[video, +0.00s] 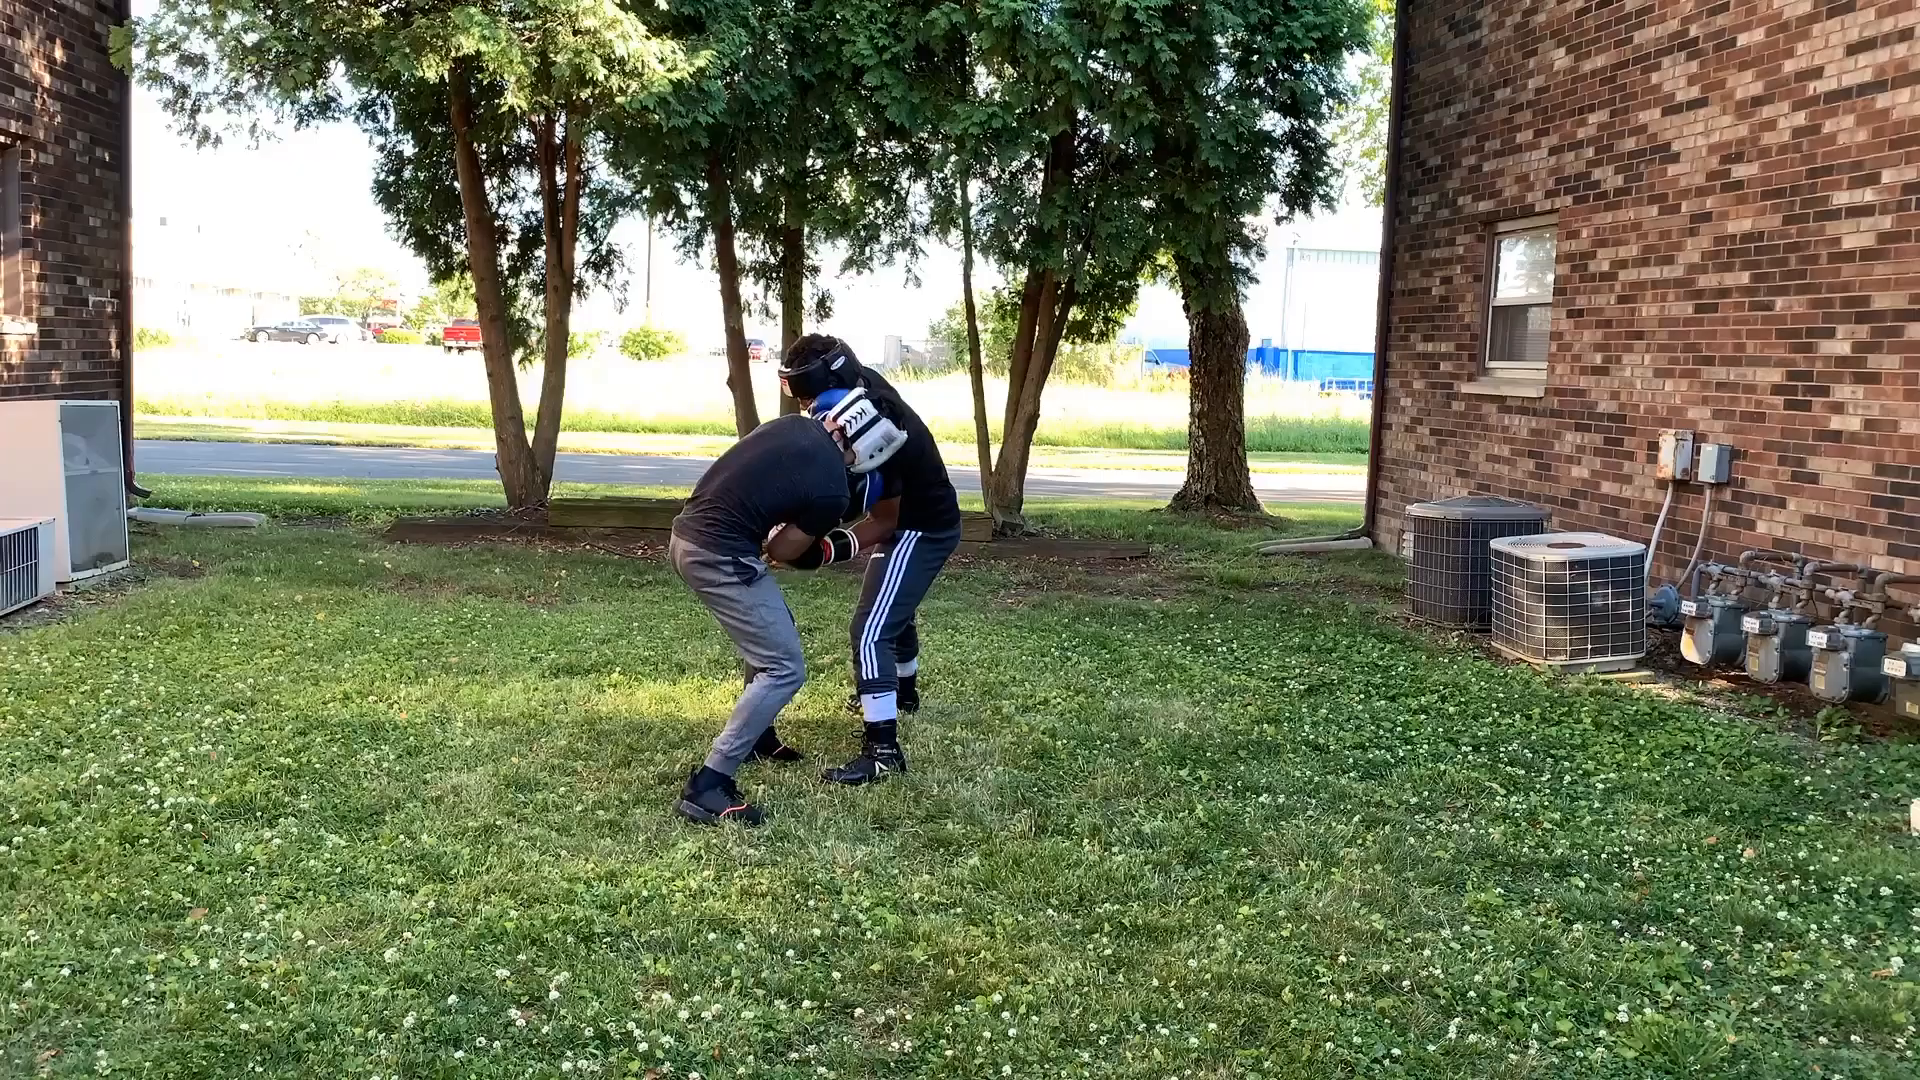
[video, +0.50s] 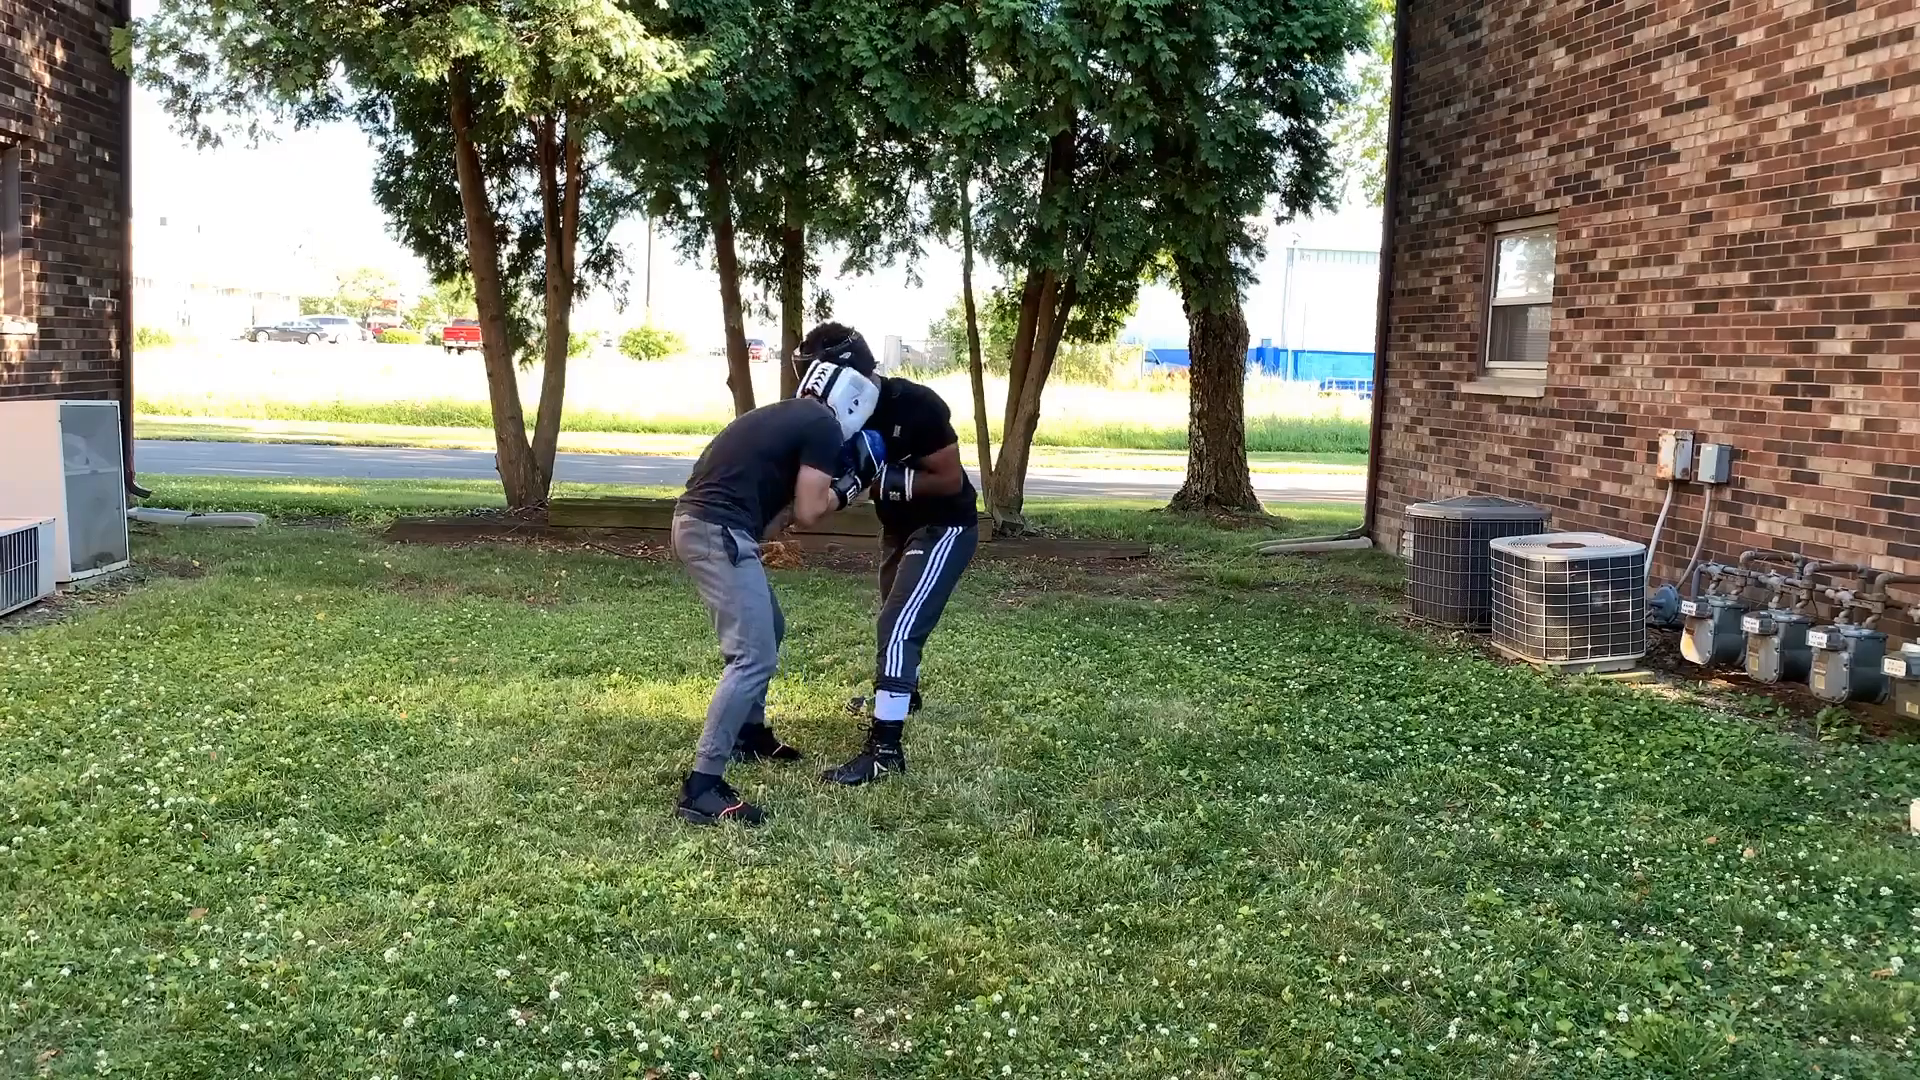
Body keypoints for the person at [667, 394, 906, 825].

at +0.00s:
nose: (867, 467)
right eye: (870, 459)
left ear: (833, 416)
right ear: (860, 451)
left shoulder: (791, 426)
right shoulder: (833, 487)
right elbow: (781, 551)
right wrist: (827, 549)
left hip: (687, 533)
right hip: (720, 552)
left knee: (765, 638)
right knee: (784, 671)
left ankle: (759, 734)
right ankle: (708, 786)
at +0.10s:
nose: (866, 459)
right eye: (870, 452)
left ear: (830, 413)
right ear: (859, 448)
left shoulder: (791, 423)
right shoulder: (828, 489)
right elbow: (784, 554)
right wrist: (830, 531)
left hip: (680, 525)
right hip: (711, 546)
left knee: (754, 641)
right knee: (771, 667)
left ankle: (748, 730)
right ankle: (706, 787)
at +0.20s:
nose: (858, 459)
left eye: (860, 451)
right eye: (862, 450)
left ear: (825, 410)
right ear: (850, 441)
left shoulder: (784, 421)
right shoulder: (827, 481)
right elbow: (780, 548)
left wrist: (829, 501)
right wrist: (836, 511)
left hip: (679, 524)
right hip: (711, 545)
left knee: (748, 642)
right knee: (769, 668)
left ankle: (748, 731)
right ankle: (705, 787)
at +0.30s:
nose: (856, 448)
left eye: (858, 439)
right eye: (860, 439)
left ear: (815, 403)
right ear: (849, 432)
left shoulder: (774, 418)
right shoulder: (831, 473)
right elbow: (789, 547)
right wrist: (841, 498)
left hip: (677, 528)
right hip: (715, 547)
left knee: (739, 639)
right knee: (769, 668)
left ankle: (746, 733)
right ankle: (705, 786)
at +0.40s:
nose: (858, 429)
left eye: (860, 419)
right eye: (860, 419)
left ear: (809, 393)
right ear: (849, 412)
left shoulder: (773, 416)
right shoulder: (828, 446)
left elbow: (744, 487)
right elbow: (800, 529)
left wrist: (778, 540)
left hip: (682, 528)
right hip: (716, 541)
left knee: (745, 641)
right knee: (763, 665)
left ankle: (746, 732)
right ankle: (704, 786)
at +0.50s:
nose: (862, 415)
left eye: (865, 405)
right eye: (863, 403)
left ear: (814, 385)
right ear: (848, 396)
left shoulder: (787, 414)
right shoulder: (821, 423)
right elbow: (809, 514)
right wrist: (846, 485)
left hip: (714, 526)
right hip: (715, 529)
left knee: (769, 627)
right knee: (752, 656)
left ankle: (748, 732)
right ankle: (702, 785)